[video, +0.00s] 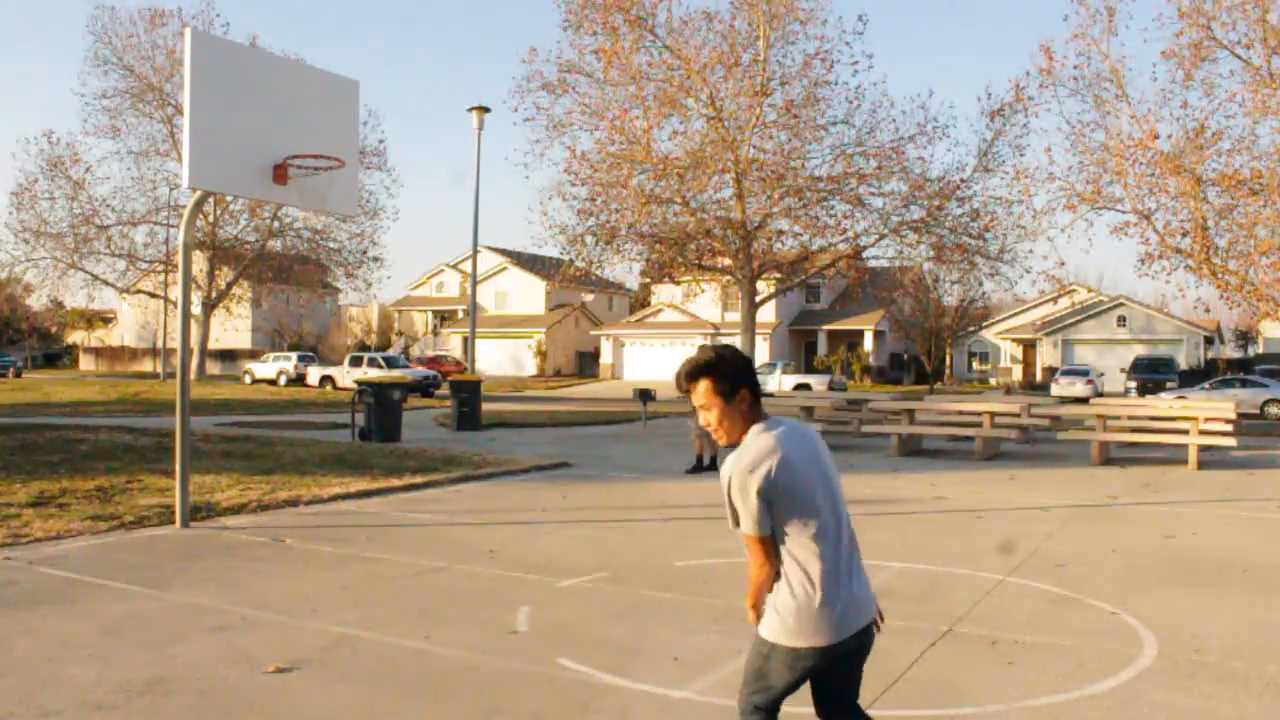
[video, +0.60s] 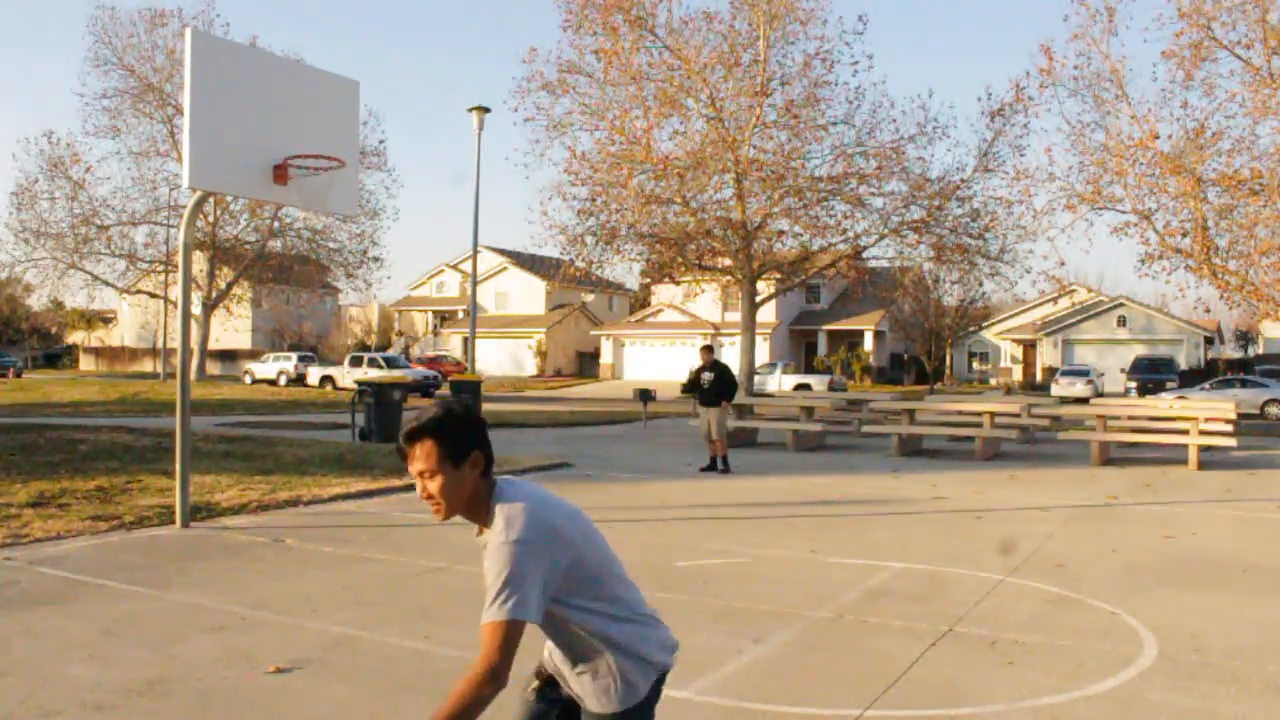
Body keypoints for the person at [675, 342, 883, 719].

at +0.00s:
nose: (703, 422)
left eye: (708, 408)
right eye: (698, 411)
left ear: (743, 398)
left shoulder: (743, 465)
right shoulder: (804, 434)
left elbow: (765, 563)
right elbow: (835, 528)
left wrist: (754, 604)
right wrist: (861, 594)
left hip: (802, 623)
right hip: (856, 611)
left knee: (755, 707)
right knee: (840, 710)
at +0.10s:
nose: (710, 458)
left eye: (718, 446)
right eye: (706, 445)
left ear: (756, 439)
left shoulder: (756, 507)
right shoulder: (804, 469)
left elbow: (784, 604)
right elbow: (851, 550)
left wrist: (762, 600)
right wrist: (887, 611)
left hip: (823, 656)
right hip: (868, 640)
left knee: (743, 710)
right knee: (841, 714)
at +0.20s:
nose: (696, 474)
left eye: (705, 461)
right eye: (691, 462)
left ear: (741, 456)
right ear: (688, 459)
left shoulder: (755, 515)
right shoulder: (779, 485)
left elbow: (790, 620)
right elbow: (828, 571)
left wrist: (748, 624)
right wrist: (861, 627)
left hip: (815, 662)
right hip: (849, 646)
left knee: (712, 712)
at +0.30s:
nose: (653, 461)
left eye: (662, 447)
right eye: (647, 448)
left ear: (700, 440)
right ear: (641, 447)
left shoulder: (721, 504)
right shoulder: (725, 473)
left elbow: (767, 603)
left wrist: (706, 645)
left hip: (788, 642)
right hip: (808, 629)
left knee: (687, 714)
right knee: (831, 715)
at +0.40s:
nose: (587, 462)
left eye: (596, 448)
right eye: (581, 449)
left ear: (635, 441)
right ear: (575, 445)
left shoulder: (669, 509)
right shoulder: (648, 484)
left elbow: (702, 622)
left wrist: (628, 689)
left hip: (740, 640)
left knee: (677, 712)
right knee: (773, 714)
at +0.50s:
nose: (511, 487)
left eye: (520, 472)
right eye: (506, 474)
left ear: (562, 464)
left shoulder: (602, 531)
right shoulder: (574, 506)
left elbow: (609, 661)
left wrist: (549, 716)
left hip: (690, 656)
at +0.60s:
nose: (420, 492)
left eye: (429, 476)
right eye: (415, 479)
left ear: (475, 465)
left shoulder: (517, 531)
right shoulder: (504, 499)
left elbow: (492, 672)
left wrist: (440, 718)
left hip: (622, 665)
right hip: (571, 652)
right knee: (529, 713)